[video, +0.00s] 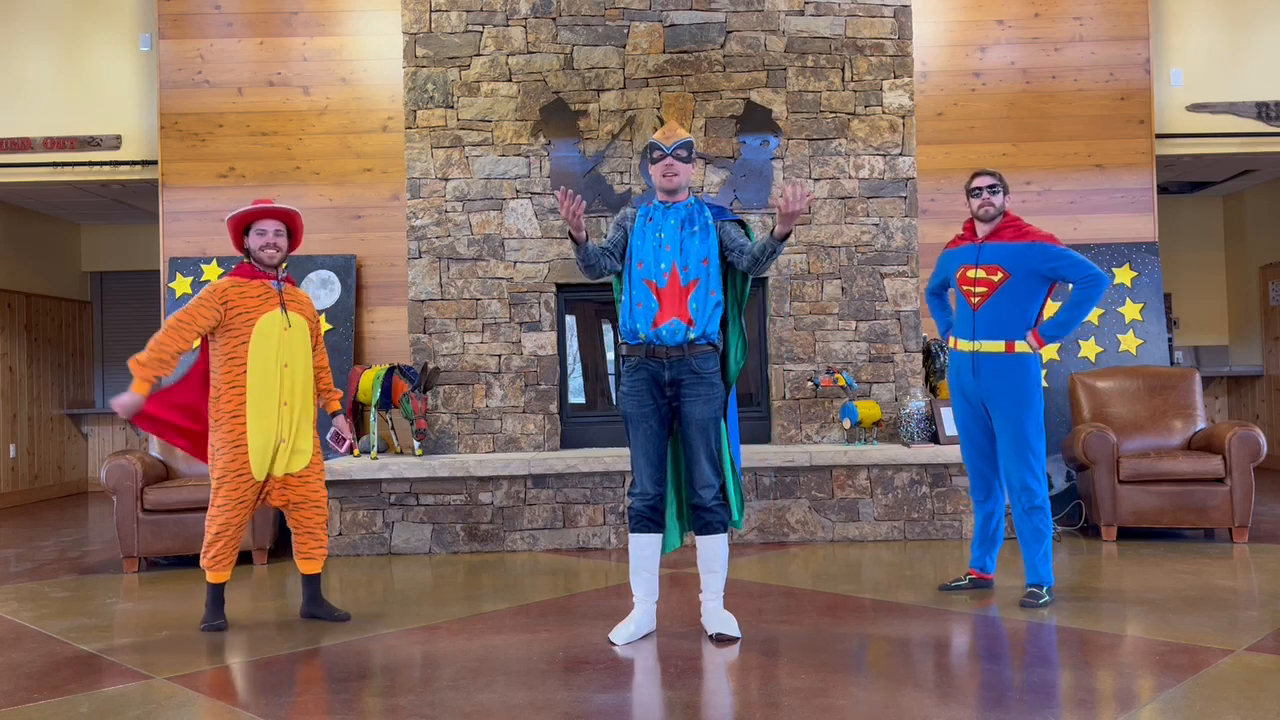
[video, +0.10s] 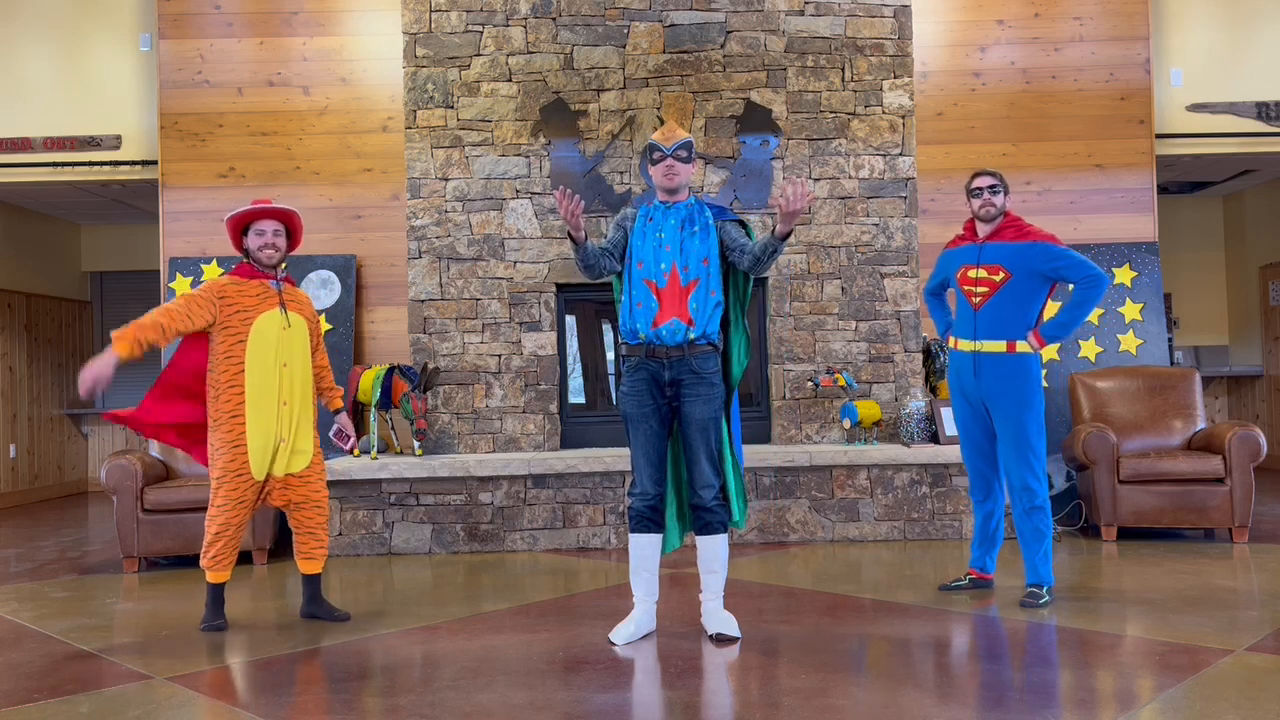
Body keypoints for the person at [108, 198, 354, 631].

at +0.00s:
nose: (270, 241)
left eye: (278, 235)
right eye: (261, 234)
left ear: (288, 245)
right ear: (246, 242)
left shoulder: (300, 300)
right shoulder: (225, 292)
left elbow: (318, 360)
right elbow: (176, 332)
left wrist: (334, 409)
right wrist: (139, 387)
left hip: (295, 422)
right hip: (238, 422)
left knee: (312, 501)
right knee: (229, 507)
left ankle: (313, 598)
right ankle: (214, 605)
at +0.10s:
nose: (269, 240)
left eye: (277, 233)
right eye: (260, 233)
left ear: (287, 243)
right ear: (244, 242)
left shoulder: (300, 301)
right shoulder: (223, 292)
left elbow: (318, 361)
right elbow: (169, 318)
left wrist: (339, 408)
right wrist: (113, 352)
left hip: (294, 424)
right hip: (238, 423)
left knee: (313, 501)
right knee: (229, 506)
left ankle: (313, 598)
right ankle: (215, 606)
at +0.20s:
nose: (265, 241)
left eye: (273, 235)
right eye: (256, 234)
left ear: (284, 244)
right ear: (241, 242)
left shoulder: (298, 301)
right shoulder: (218, 291)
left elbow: (319, 360)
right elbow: (172, 300)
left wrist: (344, 403)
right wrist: (121, 297)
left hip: (295, 422)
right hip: (238, 422)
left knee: (313, 502)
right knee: (228, 507)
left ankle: (313, 598)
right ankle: (215, 606)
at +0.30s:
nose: (261, 241)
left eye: (270, 235)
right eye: (252, 235)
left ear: (280, 244)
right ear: (237, 243)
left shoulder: (294, 301)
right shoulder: (214, 288)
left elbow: (317, 358)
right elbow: (167, 277)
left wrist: (349, 398)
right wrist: (130, 243)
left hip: (292, 421)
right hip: (236, 421)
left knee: (312, 500)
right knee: (227, 507)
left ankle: (313, 598)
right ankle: (214, 605)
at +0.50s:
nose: (256, 240)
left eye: (264, 234)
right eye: (246, 234)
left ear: (276, 243)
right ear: (232, 242)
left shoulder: (289, 298)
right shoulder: (214, 286)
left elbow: (311, 358)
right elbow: (185, 248)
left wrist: (345, 392)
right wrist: (181, 193)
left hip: (290, 420)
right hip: (235, 421)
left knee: (311, 503)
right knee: (225, 509)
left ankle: (313, 598)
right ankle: (214, 605)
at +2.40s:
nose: (265, 244)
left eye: (271, 237)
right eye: (255, 236)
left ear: (278, 244)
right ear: (235, 244)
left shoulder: (286, 300)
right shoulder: (216, 292)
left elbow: (308, 362)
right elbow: (186, 273)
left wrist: (339, 402)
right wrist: (226, 229)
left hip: (292, 420)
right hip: (236, 421)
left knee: (310, 500)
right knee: (229, 505)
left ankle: (312, 598)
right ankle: (214, 605)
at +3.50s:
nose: (252, 242)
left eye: (261, 235)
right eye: (243, 235)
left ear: (271, 244)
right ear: (228, 244)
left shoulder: (291, 299)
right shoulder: (203, 291)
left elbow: (322, 342)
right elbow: (147, 290)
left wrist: (354, 369)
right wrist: (154, 238)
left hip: (284, 421)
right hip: (224, 423)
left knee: (303, 502)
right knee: (220, 508)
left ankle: (312, 598)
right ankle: (214, 606)